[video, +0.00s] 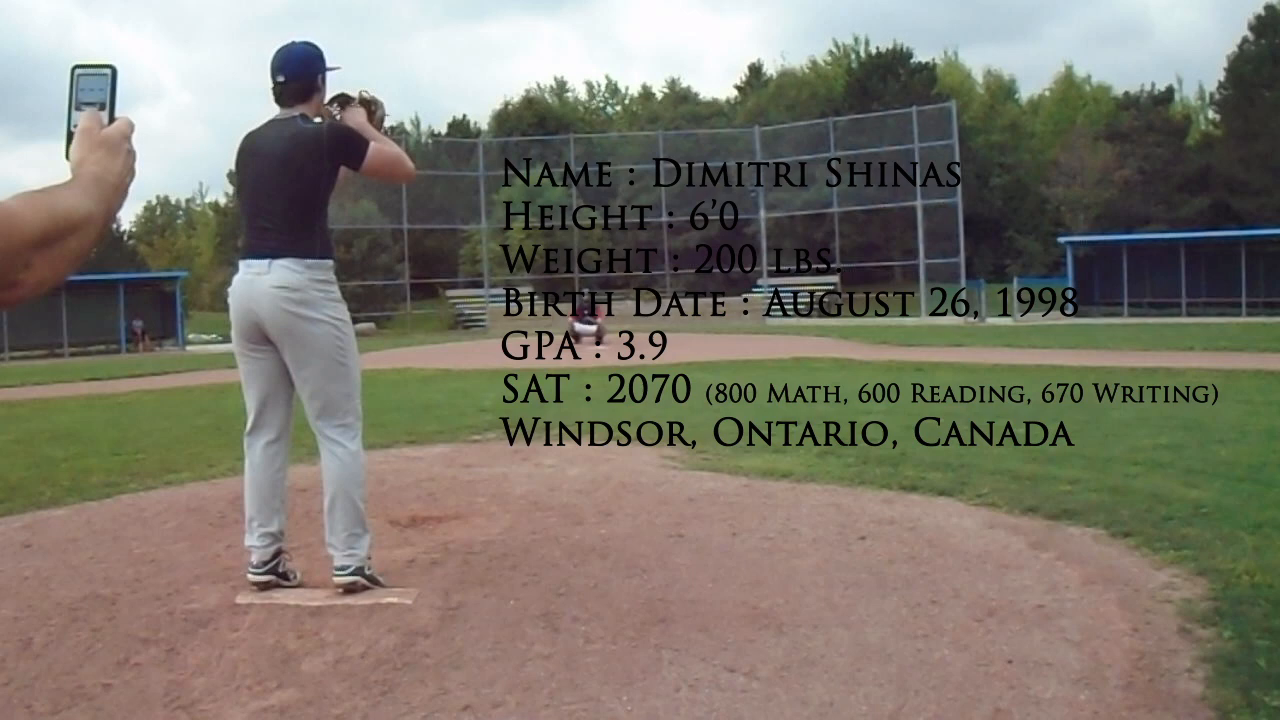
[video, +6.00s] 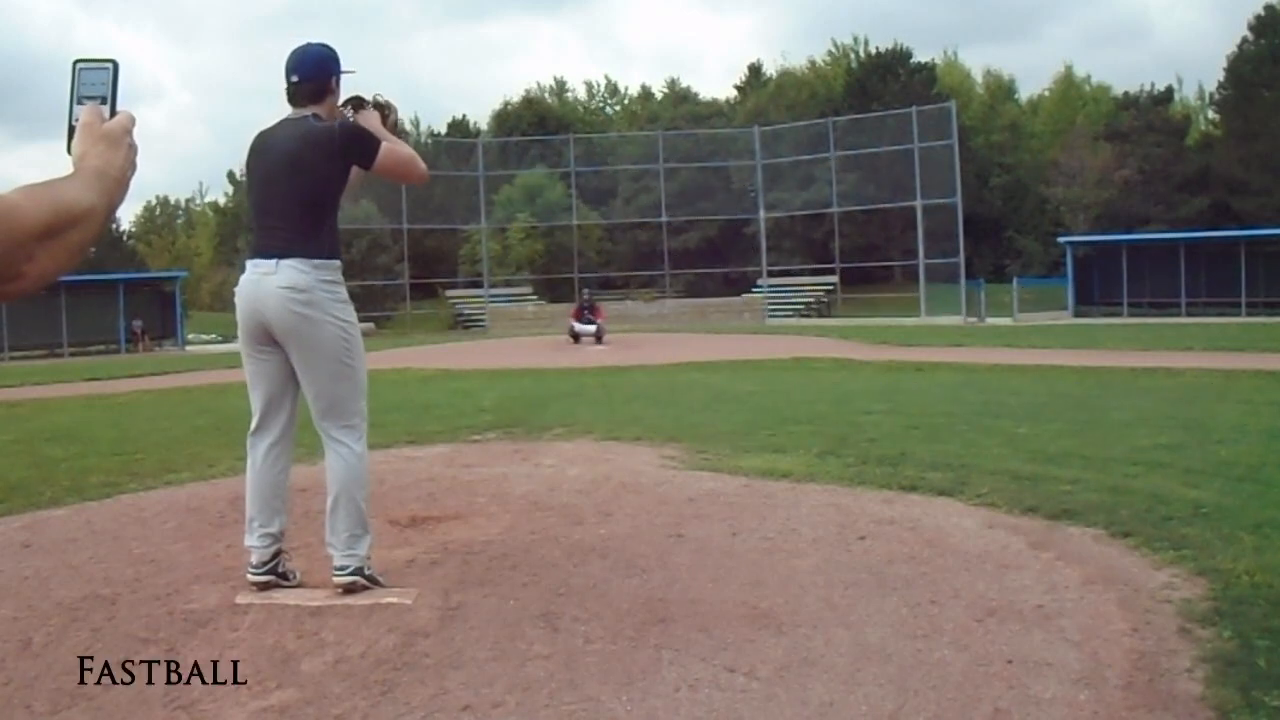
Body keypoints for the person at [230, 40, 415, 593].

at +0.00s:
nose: (327, 88)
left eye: (322, 81)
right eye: (325, 81)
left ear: (275, 88)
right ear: (320, 86)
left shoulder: (250, 143)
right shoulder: (327, 135)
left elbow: (301, 185)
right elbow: (402, 167)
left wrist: (327, 131)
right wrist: (362, 125)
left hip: (246, 288)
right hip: (303, 286)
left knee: (264, 430)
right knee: (338, 429)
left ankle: (263, 558)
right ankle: (350, 561)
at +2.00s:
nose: (327, 88)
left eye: (322, 81)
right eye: (325, 81)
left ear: (275, 88)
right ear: (320, 86)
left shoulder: (250, 143)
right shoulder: (327, 135)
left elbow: (301, 185)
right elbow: (402, 167)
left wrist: (327, 131)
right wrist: (362, 125)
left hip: (246, 288)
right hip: (303, 286)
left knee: (264, 430)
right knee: (338, 429)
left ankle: (263, 558)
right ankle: (350, 561)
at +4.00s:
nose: (327, 88)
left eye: (322, 81)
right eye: (325, 81)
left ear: (275, 88)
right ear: (320, 86)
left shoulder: (250, 143)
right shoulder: (327, 135)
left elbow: (301, 185)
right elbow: (402, 167)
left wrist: (327, 131)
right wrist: (362, 125)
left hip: (246, 288)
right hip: (303, 286)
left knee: (264, 430)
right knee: (338, 429)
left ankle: (263, 558)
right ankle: (350, 561)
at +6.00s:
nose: (340, 91)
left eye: (335, 83)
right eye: (339, 83)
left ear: (289, 89)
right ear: (333, 87)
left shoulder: (262, 142)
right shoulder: (337, 136)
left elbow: (330, 192)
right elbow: (415, 169)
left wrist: (357, 133)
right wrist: (376, 126)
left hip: (253, 287)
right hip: (310, 287)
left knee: (269, 428)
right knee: (343, 431)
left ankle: (264, 557)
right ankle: (350, 562)